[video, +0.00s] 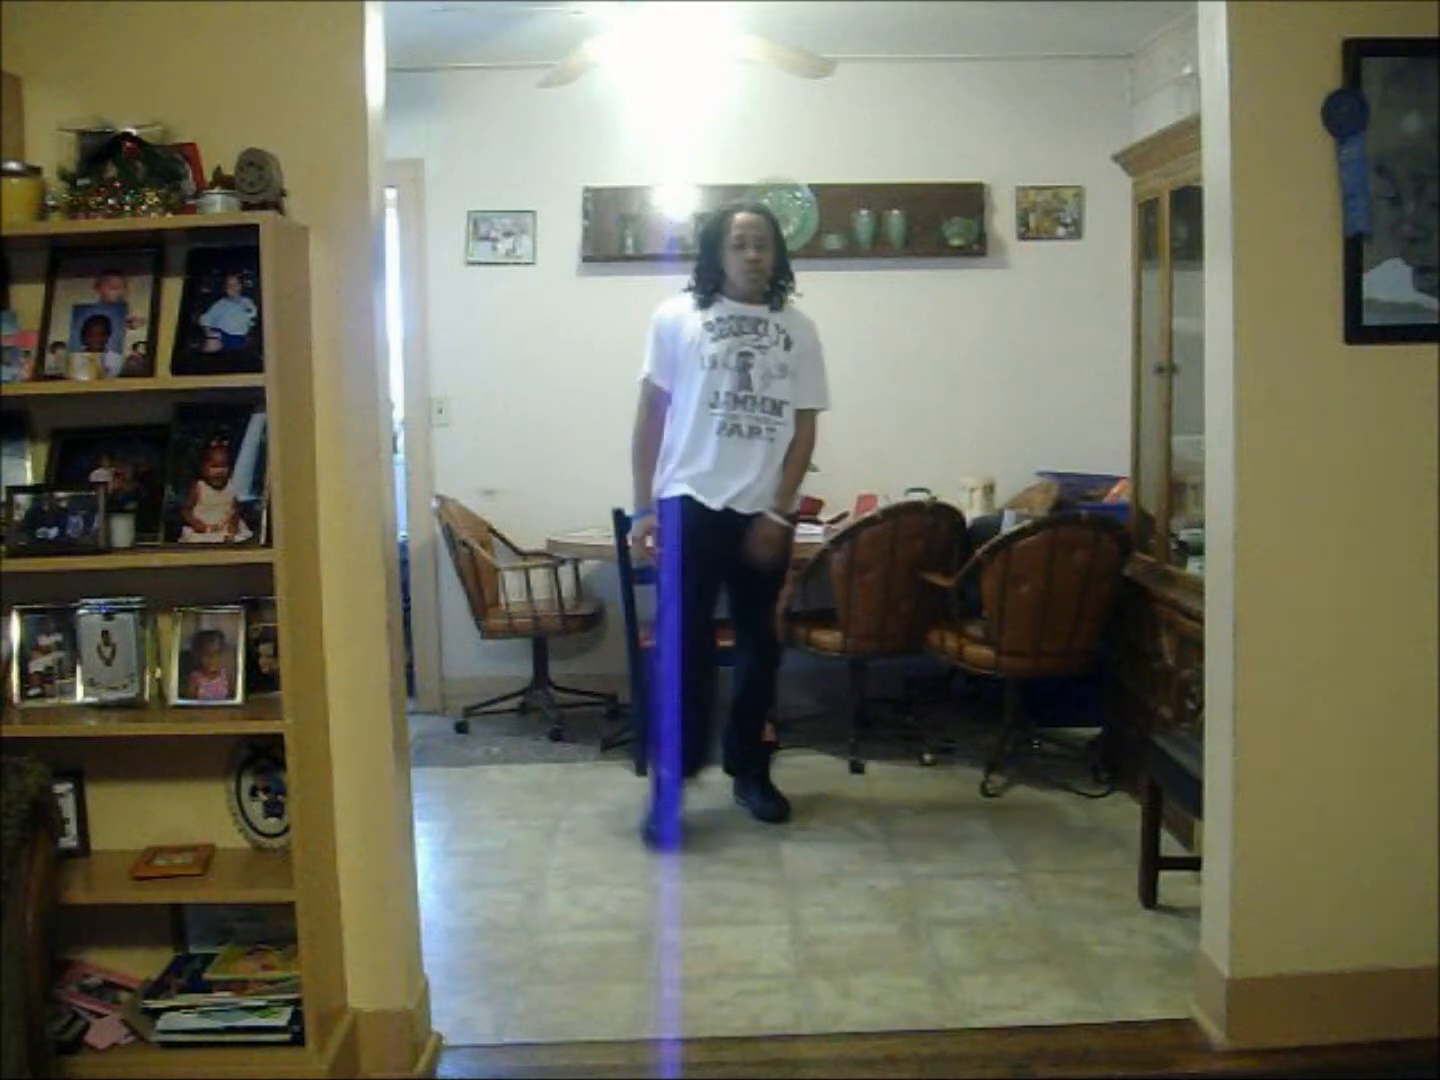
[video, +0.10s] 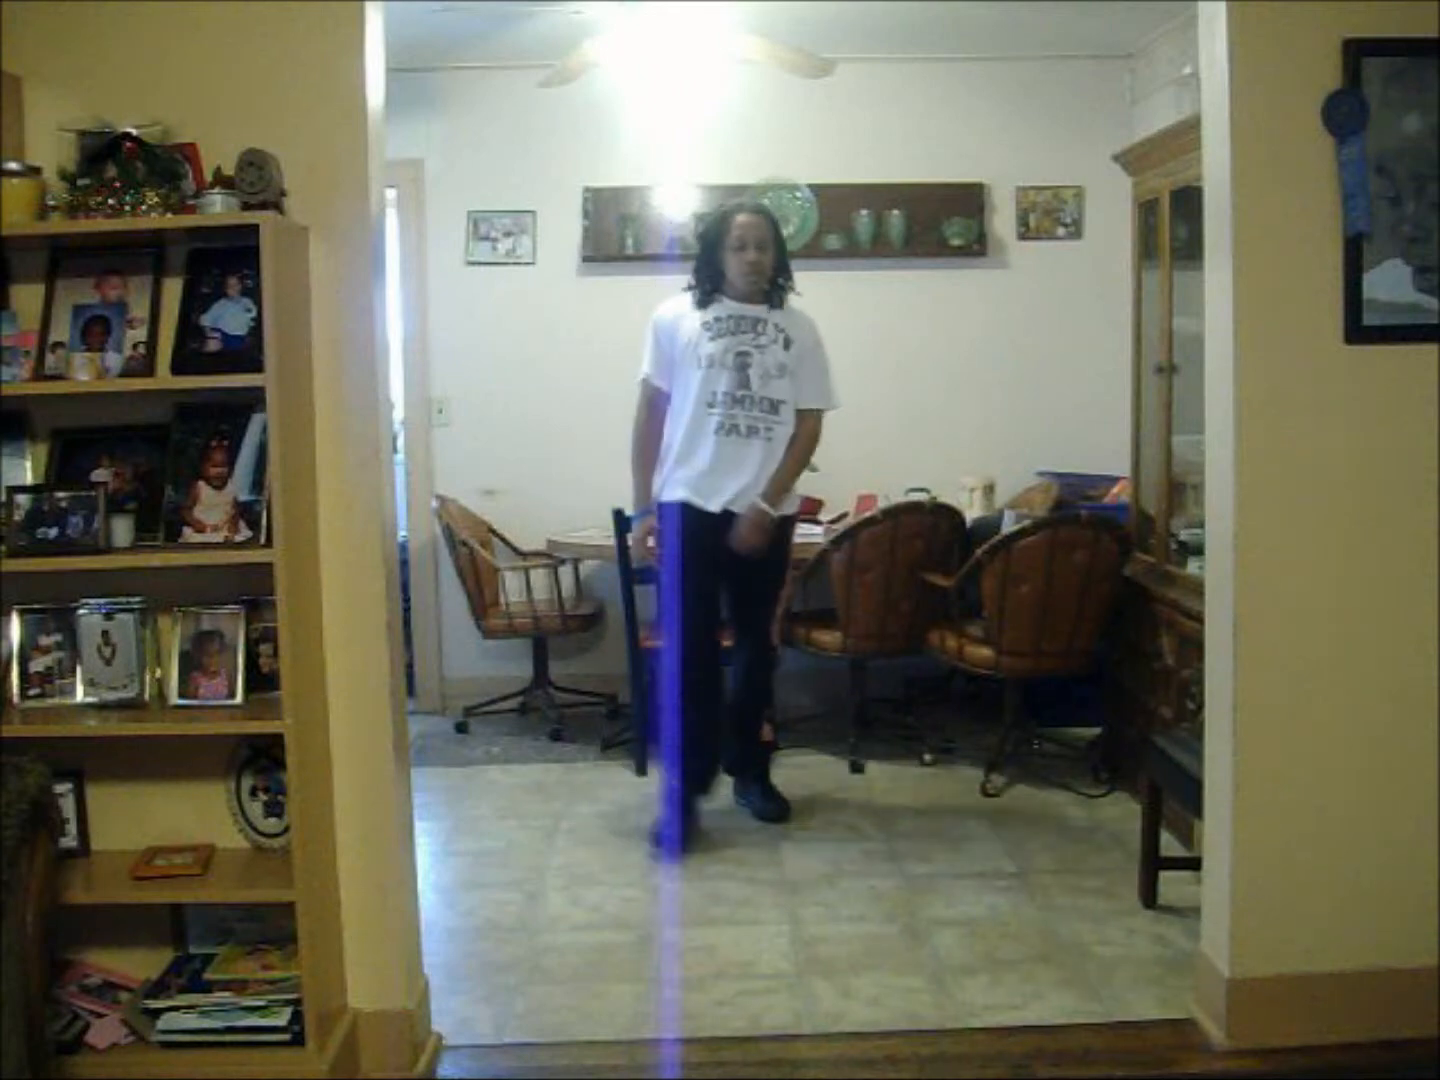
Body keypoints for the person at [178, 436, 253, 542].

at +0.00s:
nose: (220, 472)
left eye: (224, 466)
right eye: (214, 466)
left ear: (230, 468)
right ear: (203, 467)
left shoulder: (231, 487)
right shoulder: (199, 487)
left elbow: (236, 508)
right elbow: (186, 510)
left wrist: (233, 523)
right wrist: (199, 525)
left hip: (225, 532)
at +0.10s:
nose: (220, 472)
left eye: (224, 466)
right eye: (214, 466)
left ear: (230, 468)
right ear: (204, 467)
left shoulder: (231, 487)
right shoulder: (200, 487)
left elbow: (237, 509)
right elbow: (186, 510)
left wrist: (233, 524)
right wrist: (200, 525)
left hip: (225, 532)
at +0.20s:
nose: (220, 472)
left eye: (224, 466)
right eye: (214, 466)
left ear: (230, 468)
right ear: (204, 467)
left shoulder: (231, 488)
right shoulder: (200, 487)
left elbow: (237, 509)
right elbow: (186, 510)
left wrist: (233, 524)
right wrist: (200, 526)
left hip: (225, 533)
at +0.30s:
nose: (220, 472)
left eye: (224, 466)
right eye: (214, 466)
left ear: (230, 468)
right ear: (204, 467)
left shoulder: (231, 487)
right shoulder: (200, 487)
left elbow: (237, 508)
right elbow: (186, 510)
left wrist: (233, 524)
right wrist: (200, 525)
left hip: (225, 533)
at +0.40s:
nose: (220, 472)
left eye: (224, 466)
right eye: (214, 466)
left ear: (230, 468)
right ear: (203, 467)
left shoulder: (231, 487)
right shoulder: (199, 487)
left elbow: (236, 508)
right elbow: (186, 510)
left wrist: (233, 523)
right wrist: (199, 525)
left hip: (224, 532)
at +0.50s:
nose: (220, 472)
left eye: (224, 466)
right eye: (214, 466)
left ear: (230, 468)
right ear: (203, 467)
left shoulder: (231, 487)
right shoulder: (199, 487)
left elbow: (237, 508)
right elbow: (186, 510)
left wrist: (233, 523)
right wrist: (199, 525)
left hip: (224, 533)